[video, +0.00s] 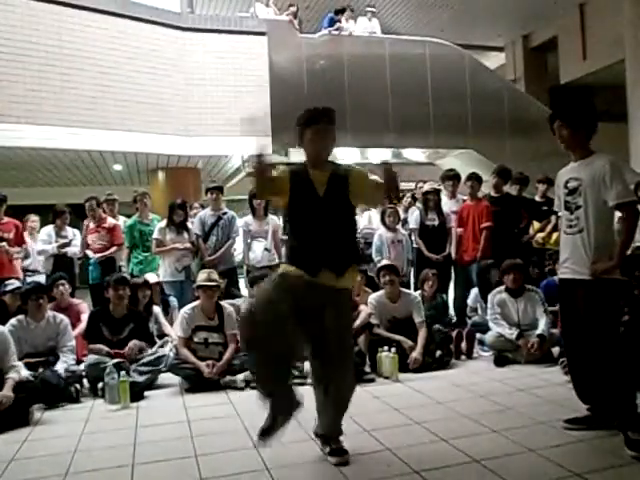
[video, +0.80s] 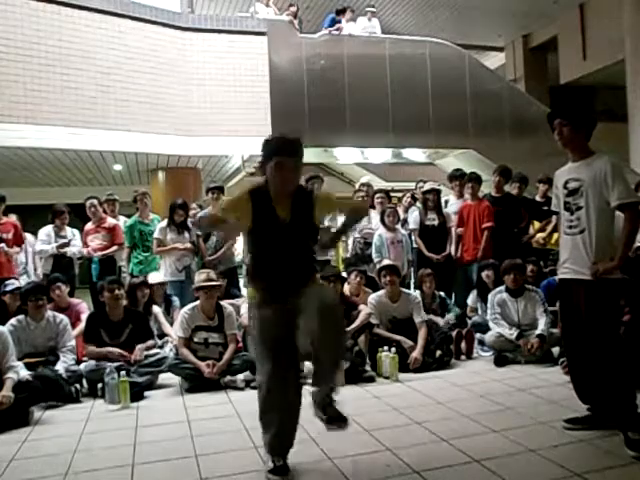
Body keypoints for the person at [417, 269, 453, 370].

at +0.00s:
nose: (431, 284)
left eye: (434, 281)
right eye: (428, 281)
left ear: (437, 284)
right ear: (422, 283)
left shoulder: (441, 299)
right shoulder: (416, 298)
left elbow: (445, 316)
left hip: (439, 328)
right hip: (423, 329)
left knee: (437, 329)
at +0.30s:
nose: (429, 289)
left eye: (432, 286)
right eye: (427, 286)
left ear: (435, 286)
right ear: (421, 286)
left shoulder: (441, 300)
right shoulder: (415, 299)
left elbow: (446, 317)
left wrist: (447, 325)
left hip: (439, 329)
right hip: (424, 330)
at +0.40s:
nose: (429, 284)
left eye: (431, 282)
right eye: (425, 282)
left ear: (434, 284)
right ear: (420, 284)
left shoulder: (440, 298)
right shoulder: (415, 299)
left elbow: (449, 314)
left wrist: (457, 324)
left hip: (442, 330)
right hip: (425, 331)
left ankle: (465, 349)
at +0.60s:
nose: (428, 285)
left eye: (430, 282)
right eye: (425, 282)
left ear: (434, 283)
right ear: (420, 284)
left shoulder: (440, 297)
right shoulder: (415, 298)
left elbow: (458, 308)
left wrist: (459, 319)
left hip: (441, 330)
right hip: (424, 331)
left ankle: (467, 349)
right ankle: (456, 349)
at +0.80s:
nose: (428, 285)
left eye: (431, 282)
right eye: (425, 282)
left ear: (434, 283)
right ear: (420, 284)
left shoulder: (441, 296)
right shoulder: (417, 298)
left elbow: (455, 310)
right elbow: (418, 315)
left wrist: (449, 318)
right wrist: (432, 318)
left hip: (443, 325)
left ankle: (466, 347)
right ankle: (455, 346)